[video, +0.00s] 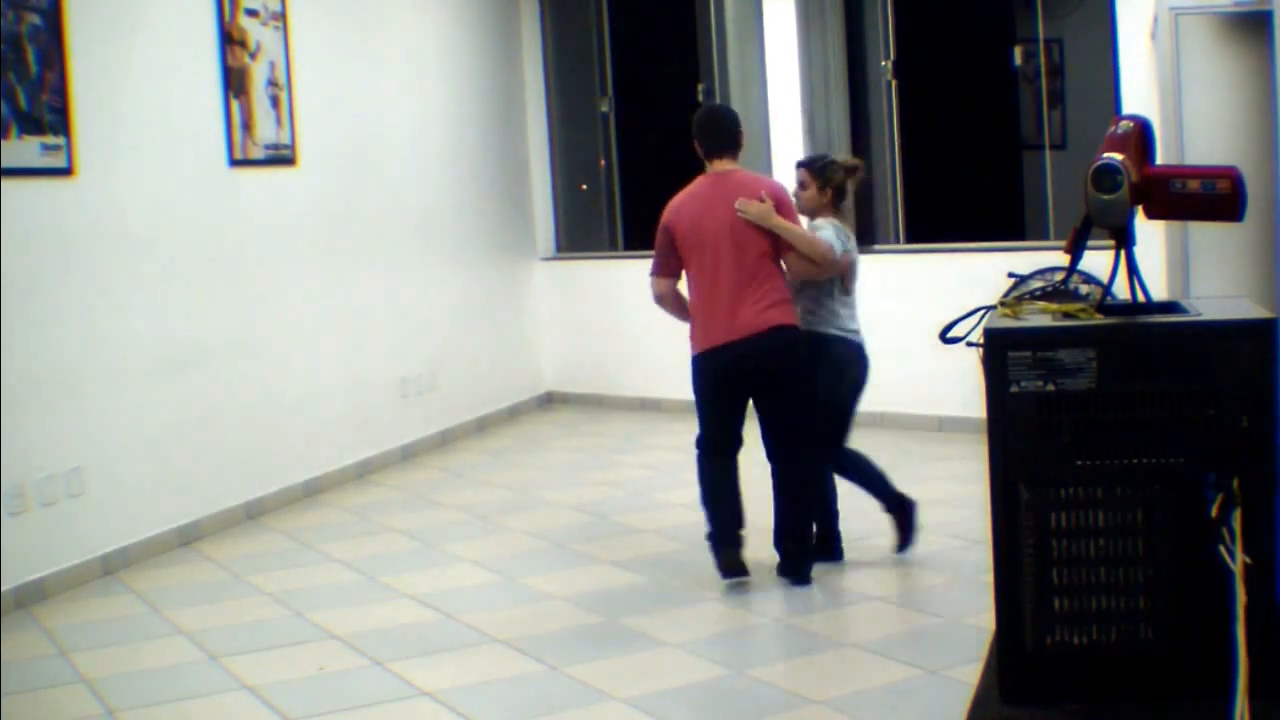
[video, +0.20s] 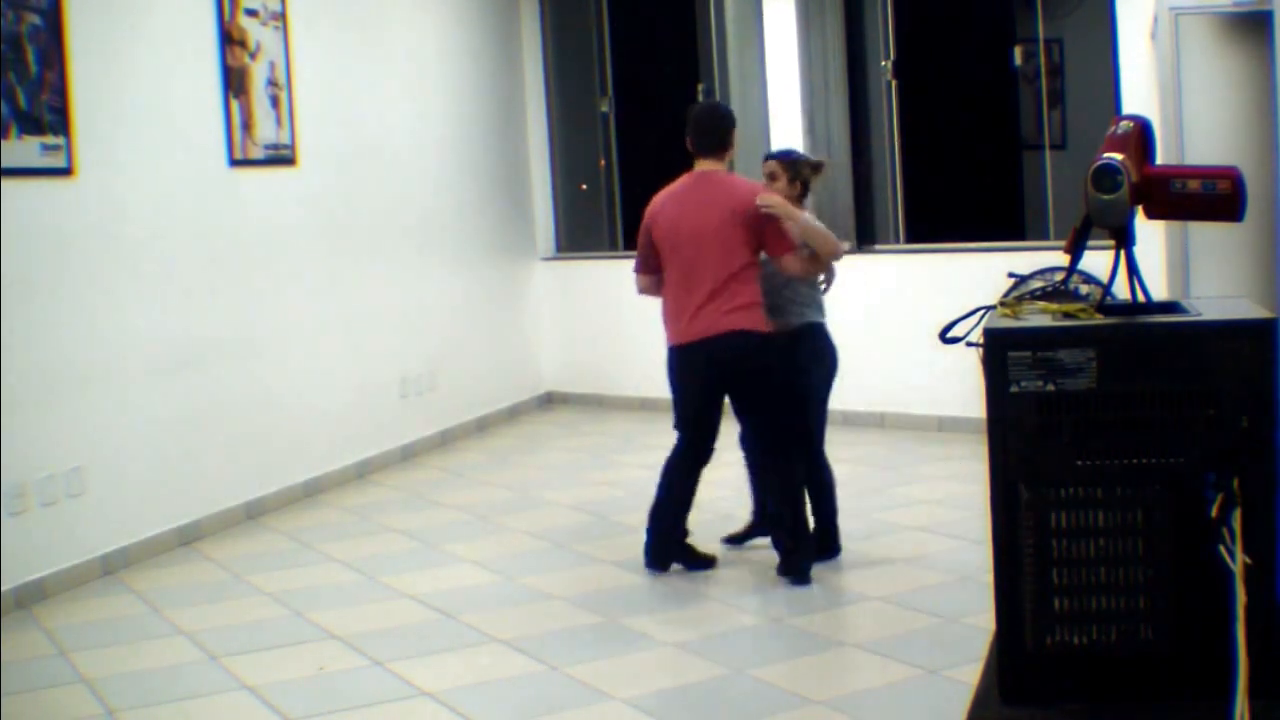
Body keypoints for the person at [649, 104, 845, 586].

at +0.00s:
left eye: (698, 144)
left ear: (697, 148)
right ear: (740, 142)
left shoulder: (678, 209)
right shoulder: (769, 191)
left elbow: (663, 290)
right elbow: (808, 263)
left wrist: (701, 317)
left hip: (715, 347)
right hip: (776, 338)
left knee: (716, 447)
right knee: (788, 451)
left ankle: (729, 555)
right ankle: (794, 561)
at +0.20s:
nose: (733, 149)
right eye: (734, 142)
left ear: (688, 146)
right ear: (732, 144)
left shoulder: (661, 204)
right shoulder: (750, 194)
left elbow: (646, 281)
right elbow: (791, 262)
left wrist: (696, 279)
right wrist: (823, 266)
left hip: (688, 348)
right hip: (748, 339)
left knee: (692, 444)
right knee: (772, 446)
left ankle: (662, 545)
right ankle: (795, 557)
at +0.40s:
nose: (727, 158)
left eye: (726, 152)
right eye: (727, 152)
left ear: (679, 144)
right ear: (717, 150)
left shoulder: (639, 195)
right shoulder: (716, 208)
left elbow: (640, 258)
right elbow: (731, 287)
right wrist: (781, 291)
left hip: (636, 341)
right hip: (690, 343)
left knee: (663, 443)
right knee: (731, 450)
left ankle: (660, 548)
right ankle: (755, 553)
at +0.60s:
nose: (700, 166)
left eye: (701, 158)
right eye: (698, 158)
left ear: (662, 154)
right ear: (682, 156)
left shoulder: (638, 201)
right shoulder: (656, 212)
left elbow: (658, 276)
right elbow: (651, 293)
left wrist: (709, 290)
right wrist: (706, 329)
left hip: (626, 344)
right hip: (643, 348)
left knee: (659, 444)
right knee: (672, 448)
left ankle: (662, 545)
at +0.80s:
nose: (665, 165)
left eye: (667, 157)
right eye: (662, 156)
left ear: (640, 156)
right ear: (637, 154)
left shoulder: (653, 208)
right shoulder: (591, 210)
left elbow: (676, 266)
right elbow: (567, 282)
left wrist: (713, 280)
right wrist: (629, 318)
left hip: (638, 350)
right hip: (588, 351)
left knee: (652, 449)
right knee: (582, 449)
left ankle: (661, 545)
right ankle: (547, 542)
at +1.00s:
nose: (637, 165)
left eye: (639, 157)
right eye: (632, 156)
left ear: (612, 156)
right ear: (604, 153)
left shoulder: (629, 208)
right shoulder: (554, 209)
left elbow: (650, 265)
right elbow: (526, 278)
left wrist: (675, 275)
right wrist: (588, 308)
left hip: (608, 345)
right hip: (556, 348)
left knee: (633, 434)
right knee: (554, 452)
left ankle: (618, 529)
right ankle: (544, 551)